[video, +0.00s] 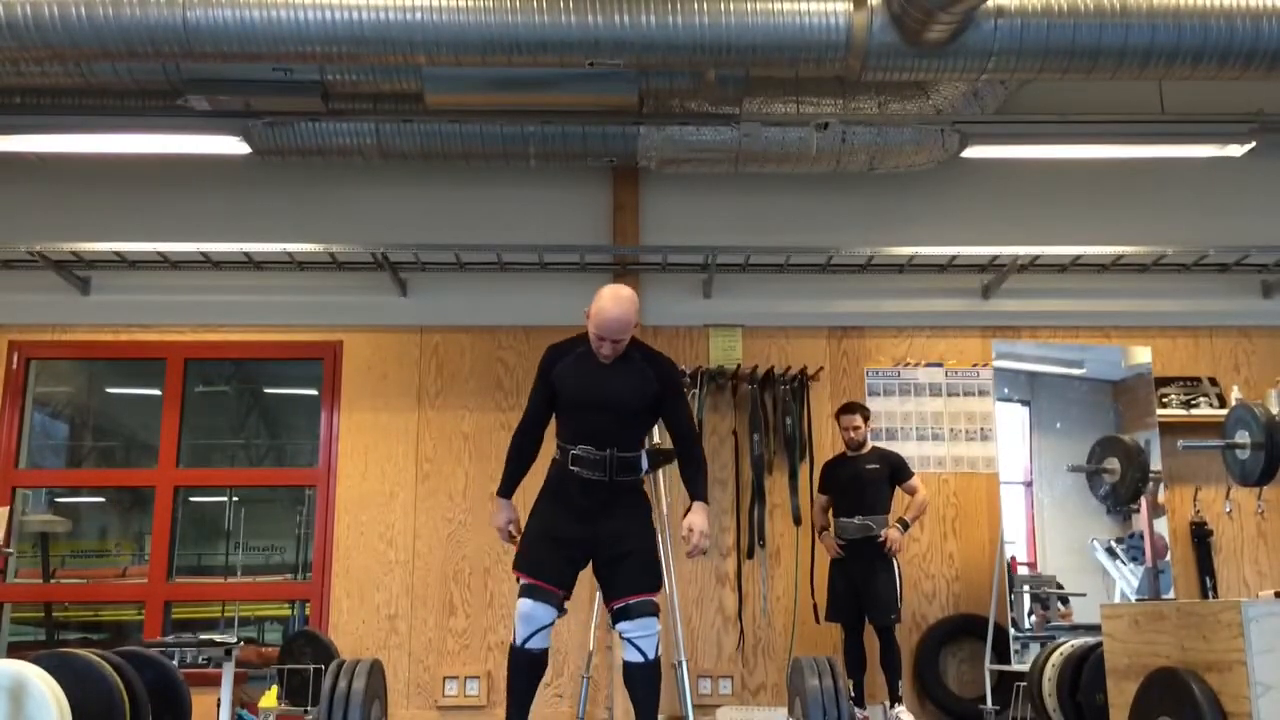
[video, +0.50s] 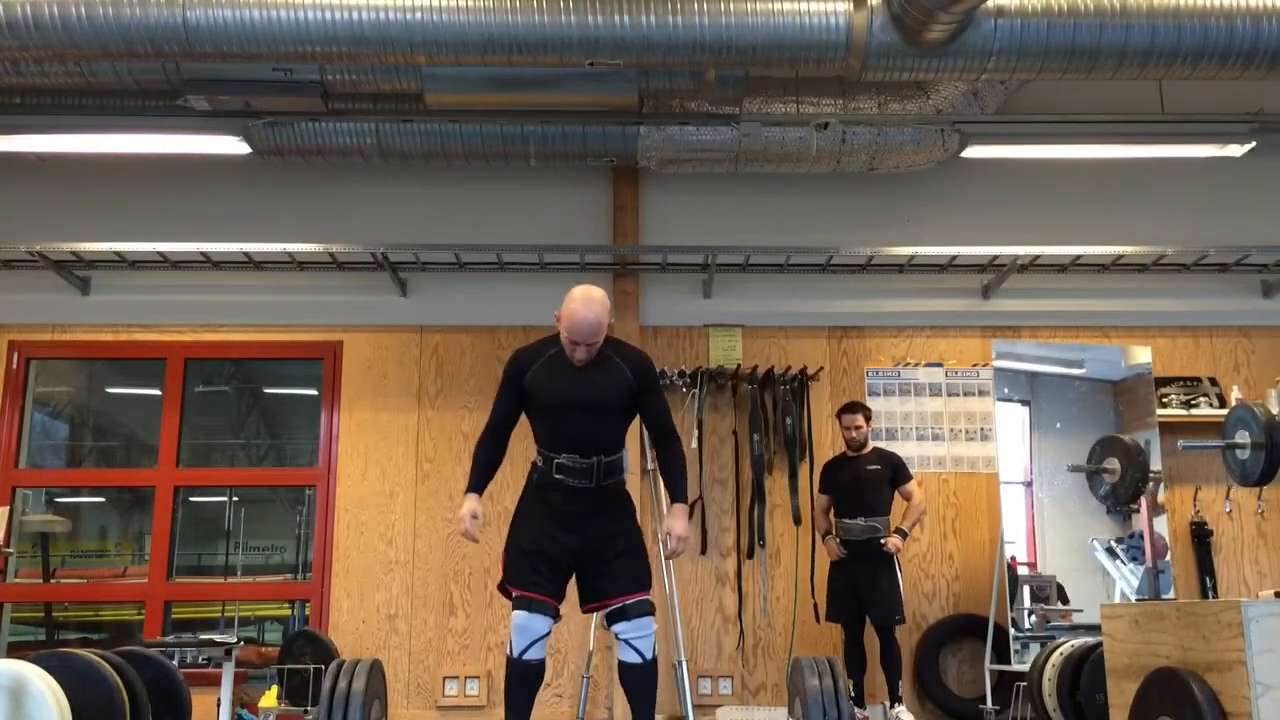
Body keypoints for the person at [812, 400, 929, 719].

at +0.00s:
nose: (851, 434)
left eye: (856, 428)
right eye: (845, 429)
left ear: (868, 427)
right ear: (839, 430)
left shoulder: (889, 460)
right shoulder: (831, 468)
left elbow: (921, 496)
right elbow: (820, 508)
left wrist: (901, 526)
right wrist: (823, 534)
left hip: (879, 555)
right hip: (844, 557)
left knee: (885, 631)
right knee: (851, 632)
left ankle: (896, 704)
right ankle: (858, 706)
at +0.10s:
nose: (851, 434)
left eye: (856, 428)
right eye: (845, 429)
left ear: (868, 426)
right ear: (839, 430)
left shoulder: (889, 459)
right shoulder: (831, 466)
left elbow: (921, 497)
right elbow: (818, 507)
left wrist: (900, 524)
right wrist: (823, 536)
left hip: (879, 555)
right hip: (845, 557)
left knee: (885, 630)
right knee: (852, 632)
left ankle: (896, 704)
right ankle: (858, 707)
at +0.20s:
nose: (851, 434)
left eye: (857, 428)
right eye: (846, 429)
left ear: (868, 426)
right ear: (840, 430)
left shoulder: (889, 459)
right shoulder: (831, 466)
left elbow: (920, 497)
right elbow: (818, 507)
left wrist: (900, 526)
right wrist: (824, 535)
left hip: (879, 556)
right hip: (844, 558)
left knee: (885, 631)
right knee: (852, 632)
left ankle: (896, 704)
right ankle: (858, 706)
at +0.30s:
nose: (851, 434)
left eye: (857, 428)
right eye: (846, 429)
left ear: (868, 426)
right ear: (840, 429)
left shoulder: (889, 460)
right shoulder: (831, 467)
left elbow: (919, 498)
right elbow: (819, 508)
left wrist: (899, 529)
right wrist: (825, 536)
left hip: (879, 556)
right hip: (844, 558)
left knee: (885, 631)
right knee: (852, 632)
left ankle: (896, 704)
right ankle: (858, 707)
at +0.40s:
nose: (852, 433)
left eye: (857, 427)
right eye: (846, 428)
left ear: (869, 426)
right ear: (840, 430)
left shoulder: (889, 460)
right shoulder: (831, 467)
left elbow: (918, 499)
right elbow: (820, 508)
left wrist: (901, 532)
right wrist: (827, 536)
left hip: (879, 556)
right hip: (844, 558)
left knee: (885, 631)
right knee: (852, 632)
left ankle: (896, 704)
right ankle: (858, 707)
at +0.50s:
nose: (852, 434)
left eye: (857, 428)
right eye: (847, 429)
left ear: (869, 426)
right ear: (840, 430)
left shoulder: (890, 461)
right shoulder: (831, 468)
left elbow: (917, 501)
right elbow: (821, 511)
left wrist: (901, 534)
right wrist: (827, 538)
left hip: (880, 557)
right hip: (844, 559)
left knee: (886, 632)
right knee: (852, 633)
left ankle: (896, 704)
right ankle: (858, 706)